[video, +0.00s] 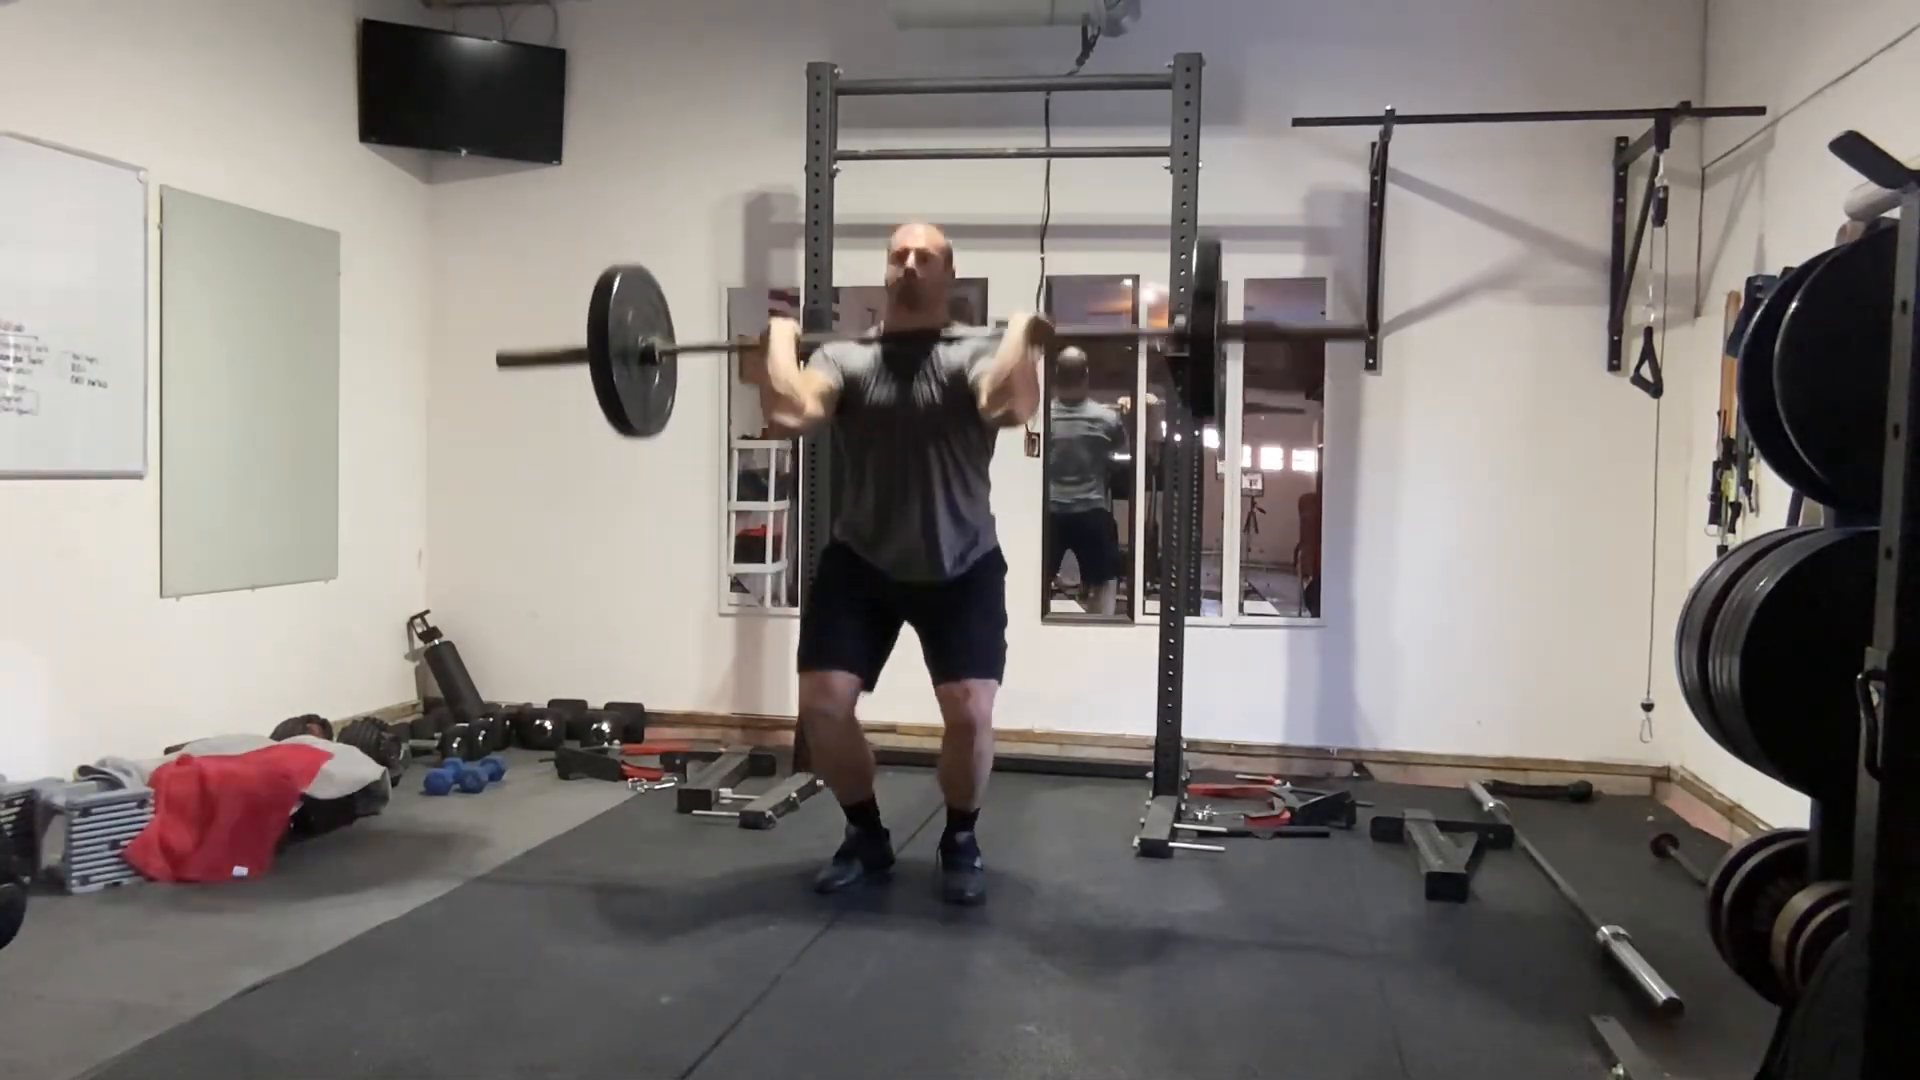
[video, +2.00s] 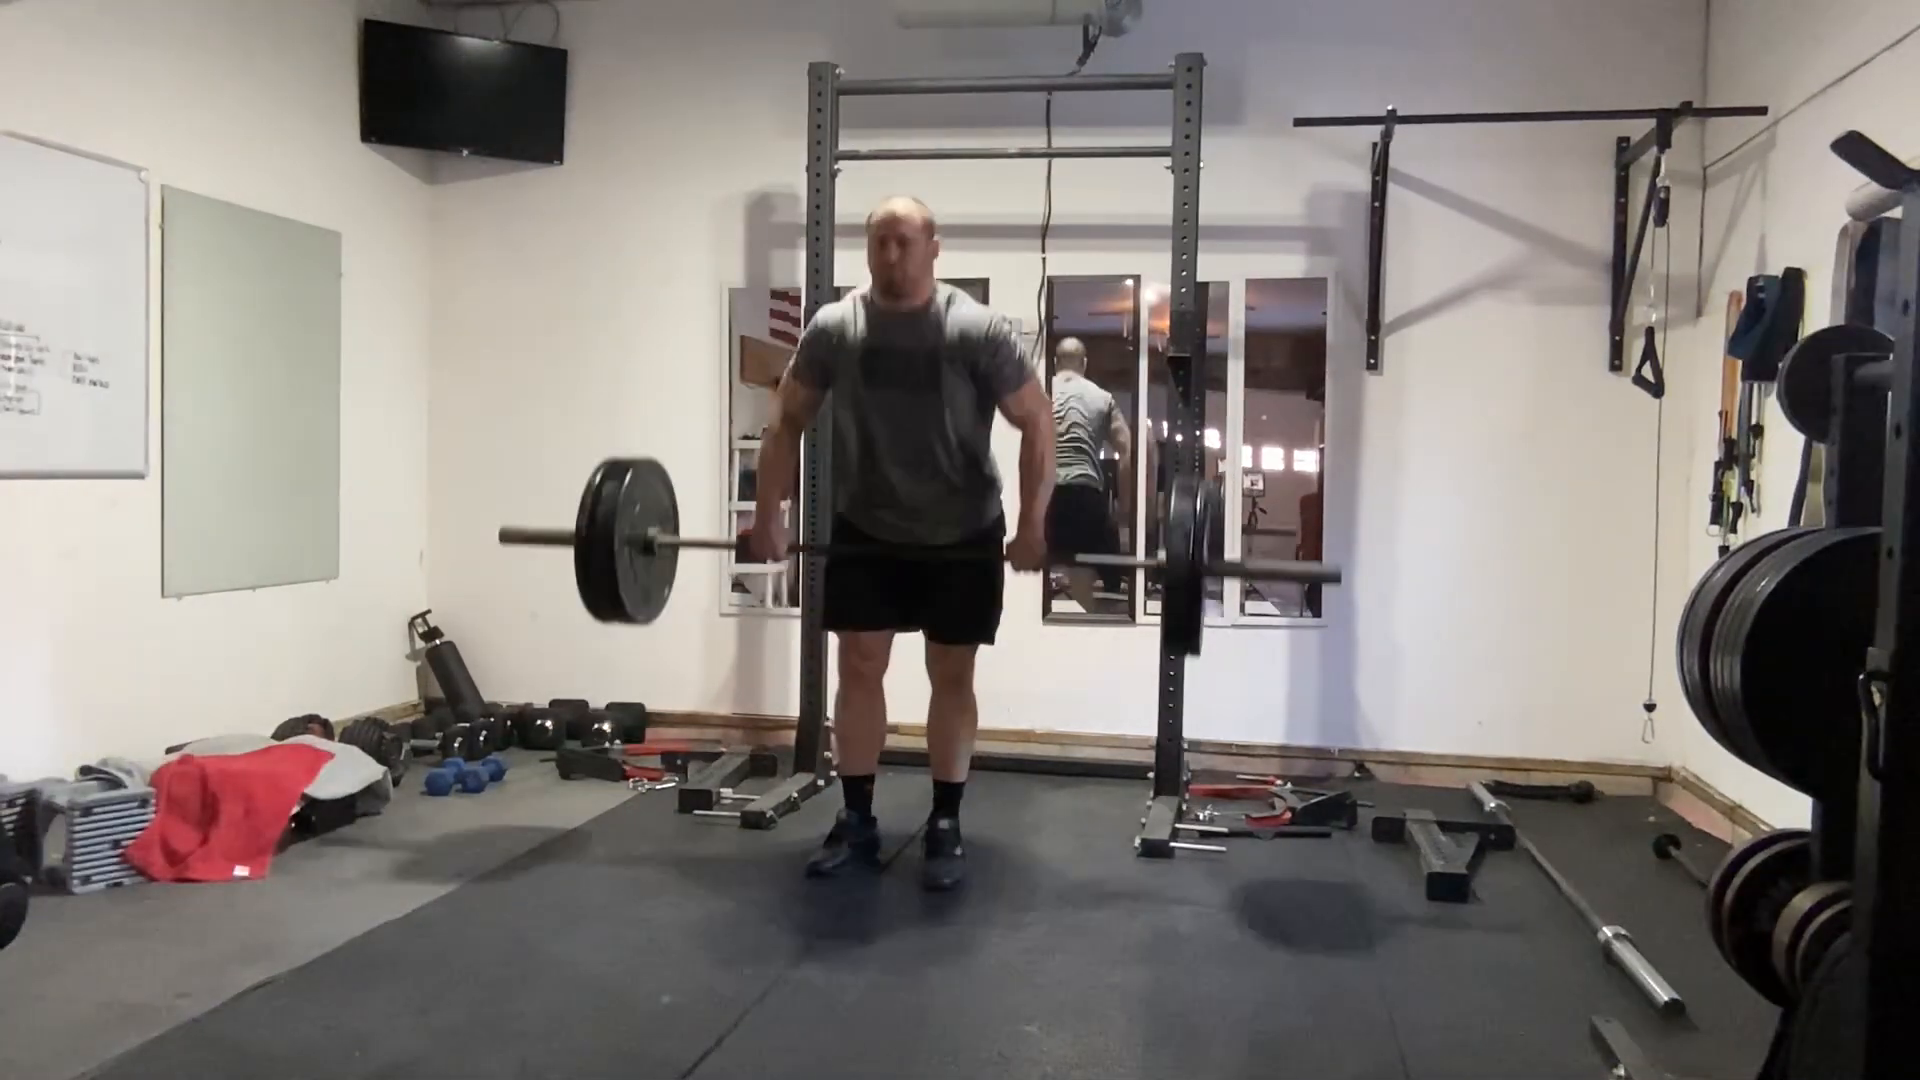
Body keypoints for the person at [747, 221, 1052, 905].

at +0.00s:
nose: (909, 267)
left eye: (925, 258)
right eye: (898, 257)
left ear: (951, 279)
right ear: (884, 276)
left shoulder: (978, 352)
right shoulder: (845, 359)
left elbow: (1014, 404)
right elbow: (793, 403)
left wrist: (1022, 332)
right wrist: (781, 333)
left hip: (958, 565)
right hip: (860, 560)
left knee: (969, 713)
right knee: (822, 702)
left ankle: (960, 843)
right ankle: (867, 840)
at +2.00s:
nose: (890, 254)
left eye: (902, 241)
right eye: (880, 242)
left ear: (934, 249)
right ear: (867, 252)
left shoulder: (977, 331)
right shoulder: (834, 330)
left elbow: (1038, 422)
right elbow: (787, 424)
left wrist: (1032, 525)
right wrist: (765, 517)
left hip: (959, 536)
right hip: (864, 533)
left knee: (952, 676)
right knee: (859, 668)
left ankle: (944, 830)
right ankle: (856, 826)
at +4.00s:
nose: (891, 255)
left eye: (906, 246)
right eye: (883, 245)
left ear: (936, 262)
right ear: (871, 260)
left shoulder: (956, 326)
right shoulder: (836, 325)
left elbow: (984, 366)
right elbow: (767, 361)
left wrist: (1009, 304)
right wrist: (771, 297)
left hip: (931, 529)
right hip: (840, 528)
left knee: (933, 685)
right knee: (824, 682)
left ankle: (933, 832)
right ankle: (857, 830)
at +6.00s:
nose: (866, 307)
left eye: (879, 296)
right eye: (856, 296)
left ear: (909, 307)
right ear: (841, 309)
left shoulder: (959, 391)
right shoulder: (806, 391)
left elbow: (999, 500)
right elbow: (777, 493)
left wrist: (1010, 600)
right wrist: (760, 590)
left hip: (951, 542)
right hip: (854, 544)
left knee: (961, 676)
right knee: (829, 665)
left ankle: (940, 829)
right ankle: (854, 829)